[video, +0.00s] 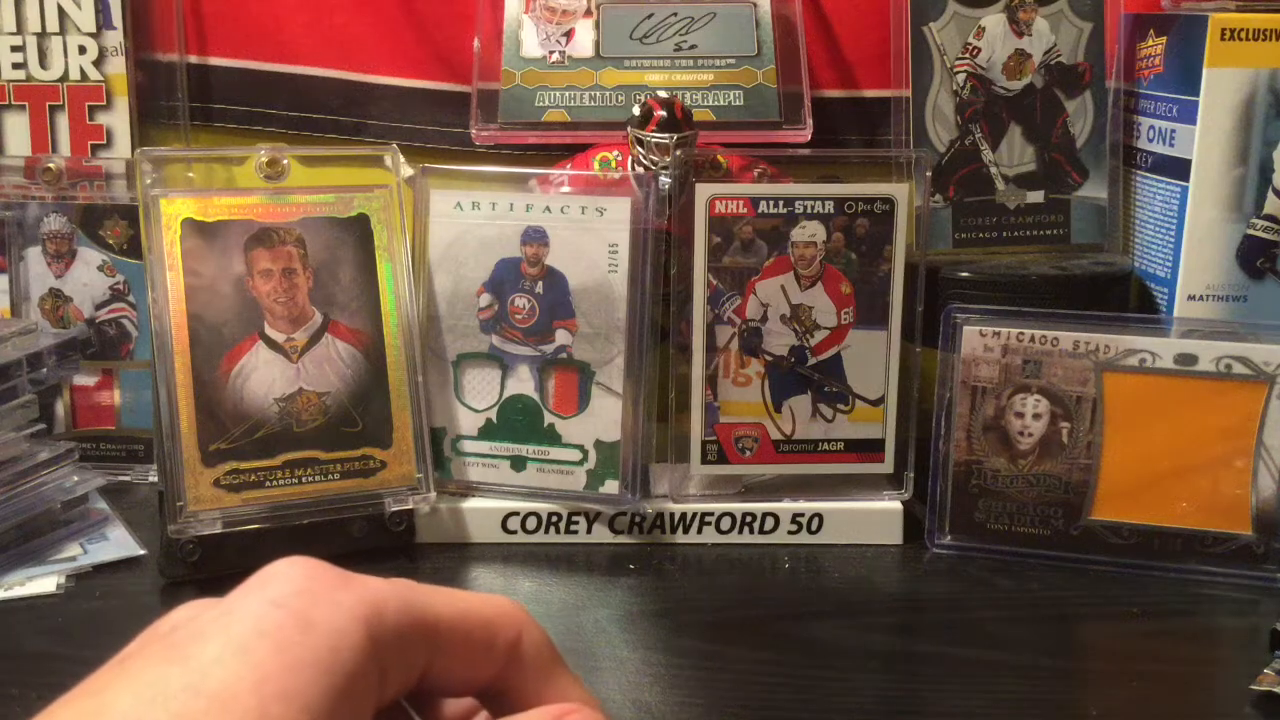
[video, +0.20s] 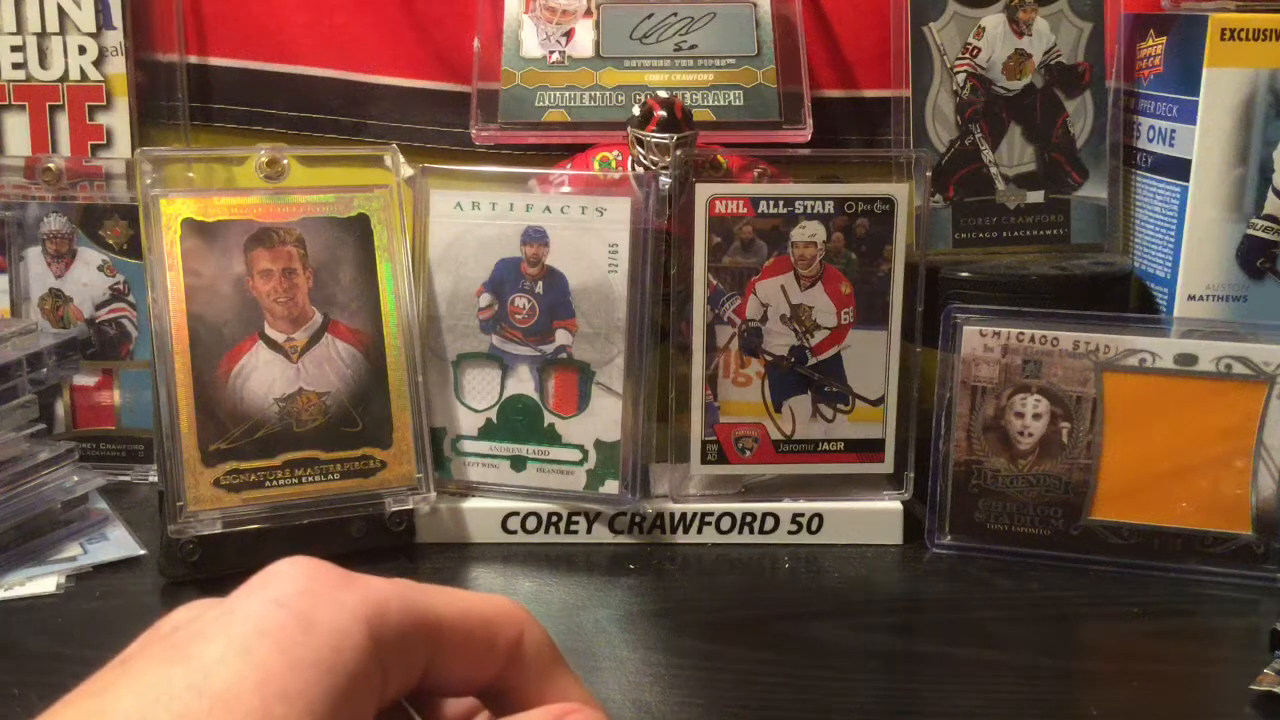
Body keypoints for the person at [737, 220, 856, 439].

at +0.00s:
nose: (801, 253)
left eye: (808, 247)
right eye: (796, 247)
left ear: (821, 250)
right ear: (790, 249)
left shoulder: (839, 286)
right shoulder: (773, 272)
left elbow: (842, 331)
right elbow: (755, 293)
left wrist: (810, 353)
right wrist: (750, 327)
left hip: (823, 352)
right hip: (779, 351)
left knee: (831, 412)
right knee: (798, 409)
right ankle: (790, 469)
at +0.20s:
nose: (801, 253)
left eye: (808, 247)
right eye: (796, 247)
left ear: (821, 250)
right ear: (790, 249)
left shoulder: (839, 286)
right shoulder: (773, 272)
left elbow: (842, 331)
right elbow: (754, 293)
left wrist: (810, 353)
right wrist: (750, 326)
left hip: (823, 353)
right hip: (780, 352)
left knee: (831, 412)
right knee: (798, 410)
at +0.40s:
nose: (801, 253)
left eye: (808, 247)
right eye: (796, 247)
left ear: (821, 250)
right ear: (790, 249)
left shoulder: (838, 285)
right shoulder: (773, 272)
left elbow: (842, 330)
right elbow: (754, 293)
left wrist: (810, 352)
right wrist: (750, 326)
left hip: (823, 351)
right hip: (779, 350)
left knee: (831, 411)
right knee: (798, 409)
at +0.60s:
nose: (801, 253)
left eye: (808, 247)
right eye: (796, 247)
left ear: (821, 250)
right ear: (790, 249)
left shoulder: (838, 286)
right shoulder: (773, 272)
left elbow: (842, 330)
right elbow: (754, 293)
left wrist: (810, 352)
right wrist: (750, 326)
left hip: (822, 351)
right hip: (779, 350)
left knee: (831, 411)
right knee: (798, 409)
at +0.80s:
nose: (801, 253)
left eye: (808, 247)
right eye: (796, 247)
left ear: (821, 250)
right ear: (790, 249)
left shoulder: (838, 285)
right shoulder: (774, 272)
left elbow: (843, 330)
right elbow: (754, 293)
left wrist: (810, 352)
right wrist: (751, 326)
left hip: (823, 352)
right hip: (779, 350)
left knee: (832, 412)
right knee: (798, 410)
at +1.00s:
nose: (801, 253)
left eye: (808, 247)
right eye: (796, 247)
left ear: (821, 250)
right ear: (790, 249)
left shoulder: (838, 285)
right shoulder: (774, 272)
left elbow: (842, 330)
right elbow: (754, 293)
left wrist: (810, 352)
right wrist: (750, 326)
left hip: (823, 351)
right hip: (779, 350)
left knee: (831, 411)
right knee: (798, 409)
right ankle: (790, 469)